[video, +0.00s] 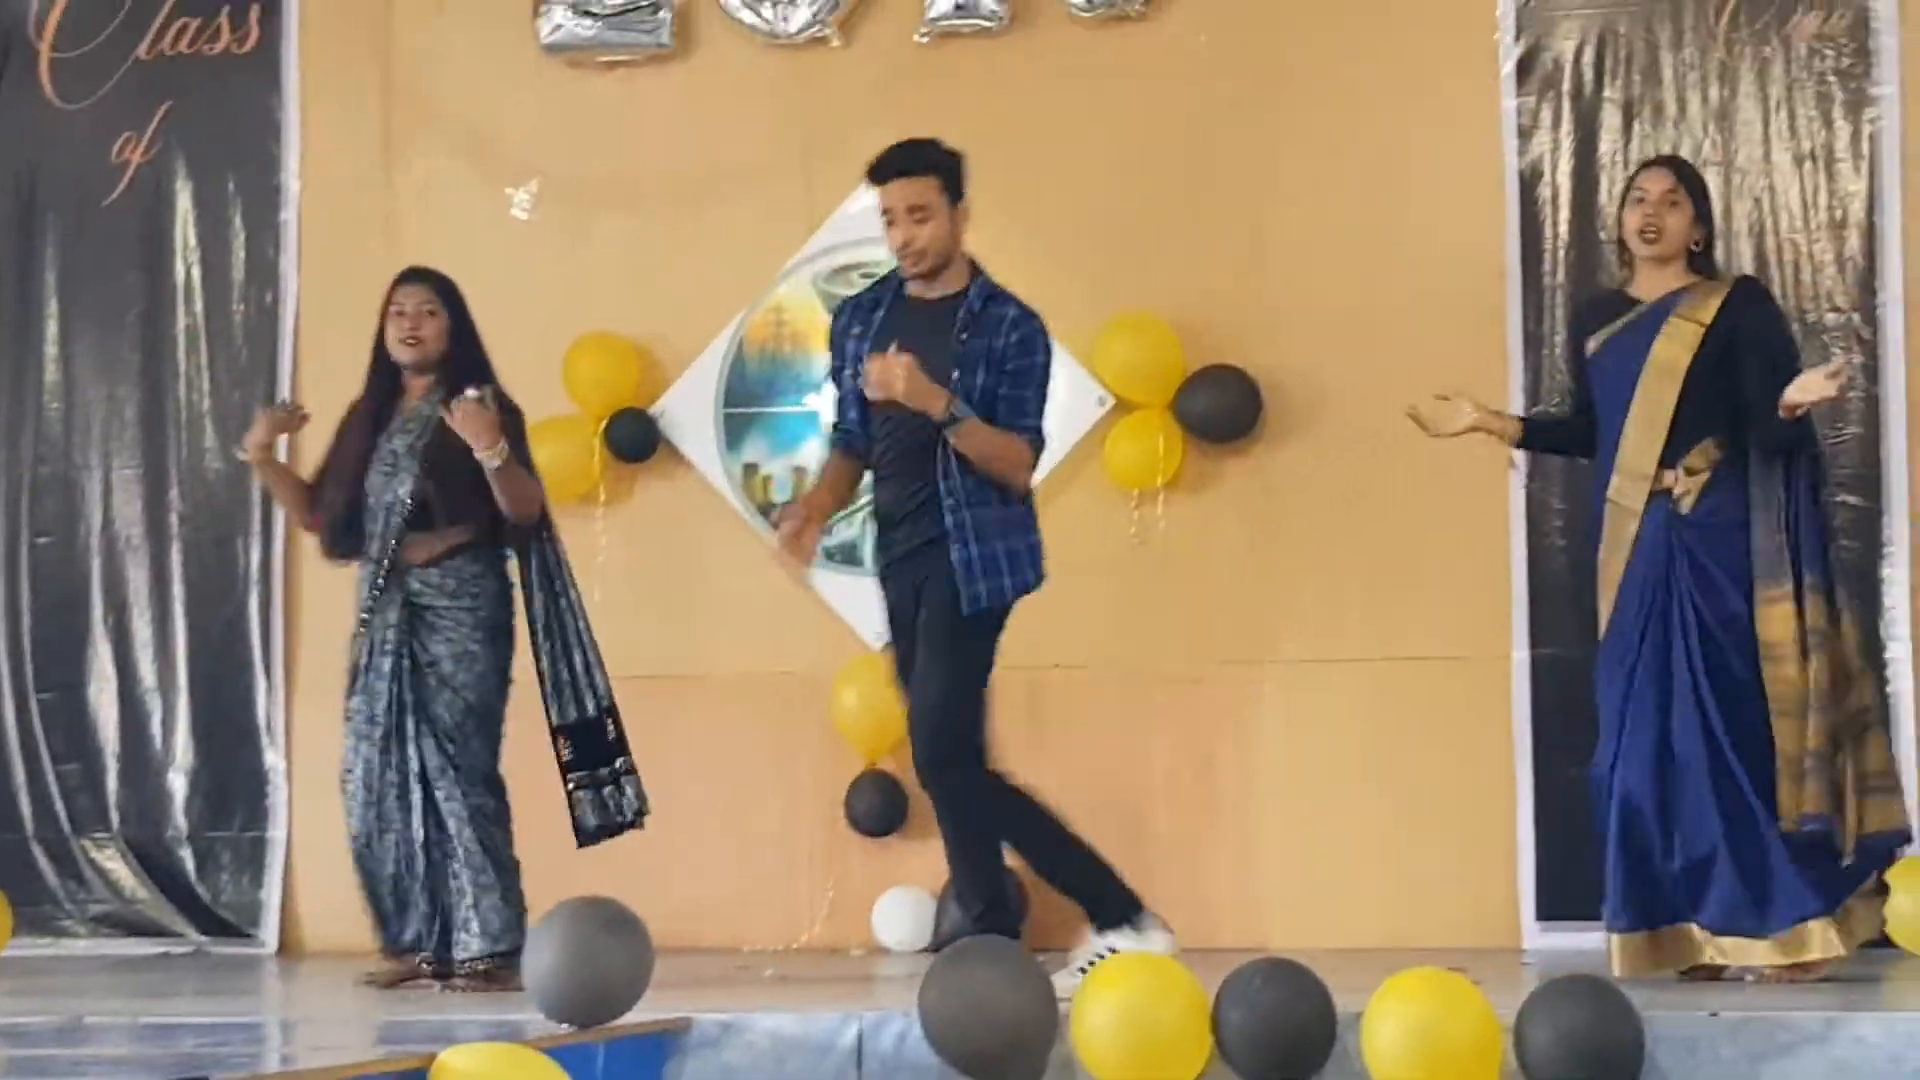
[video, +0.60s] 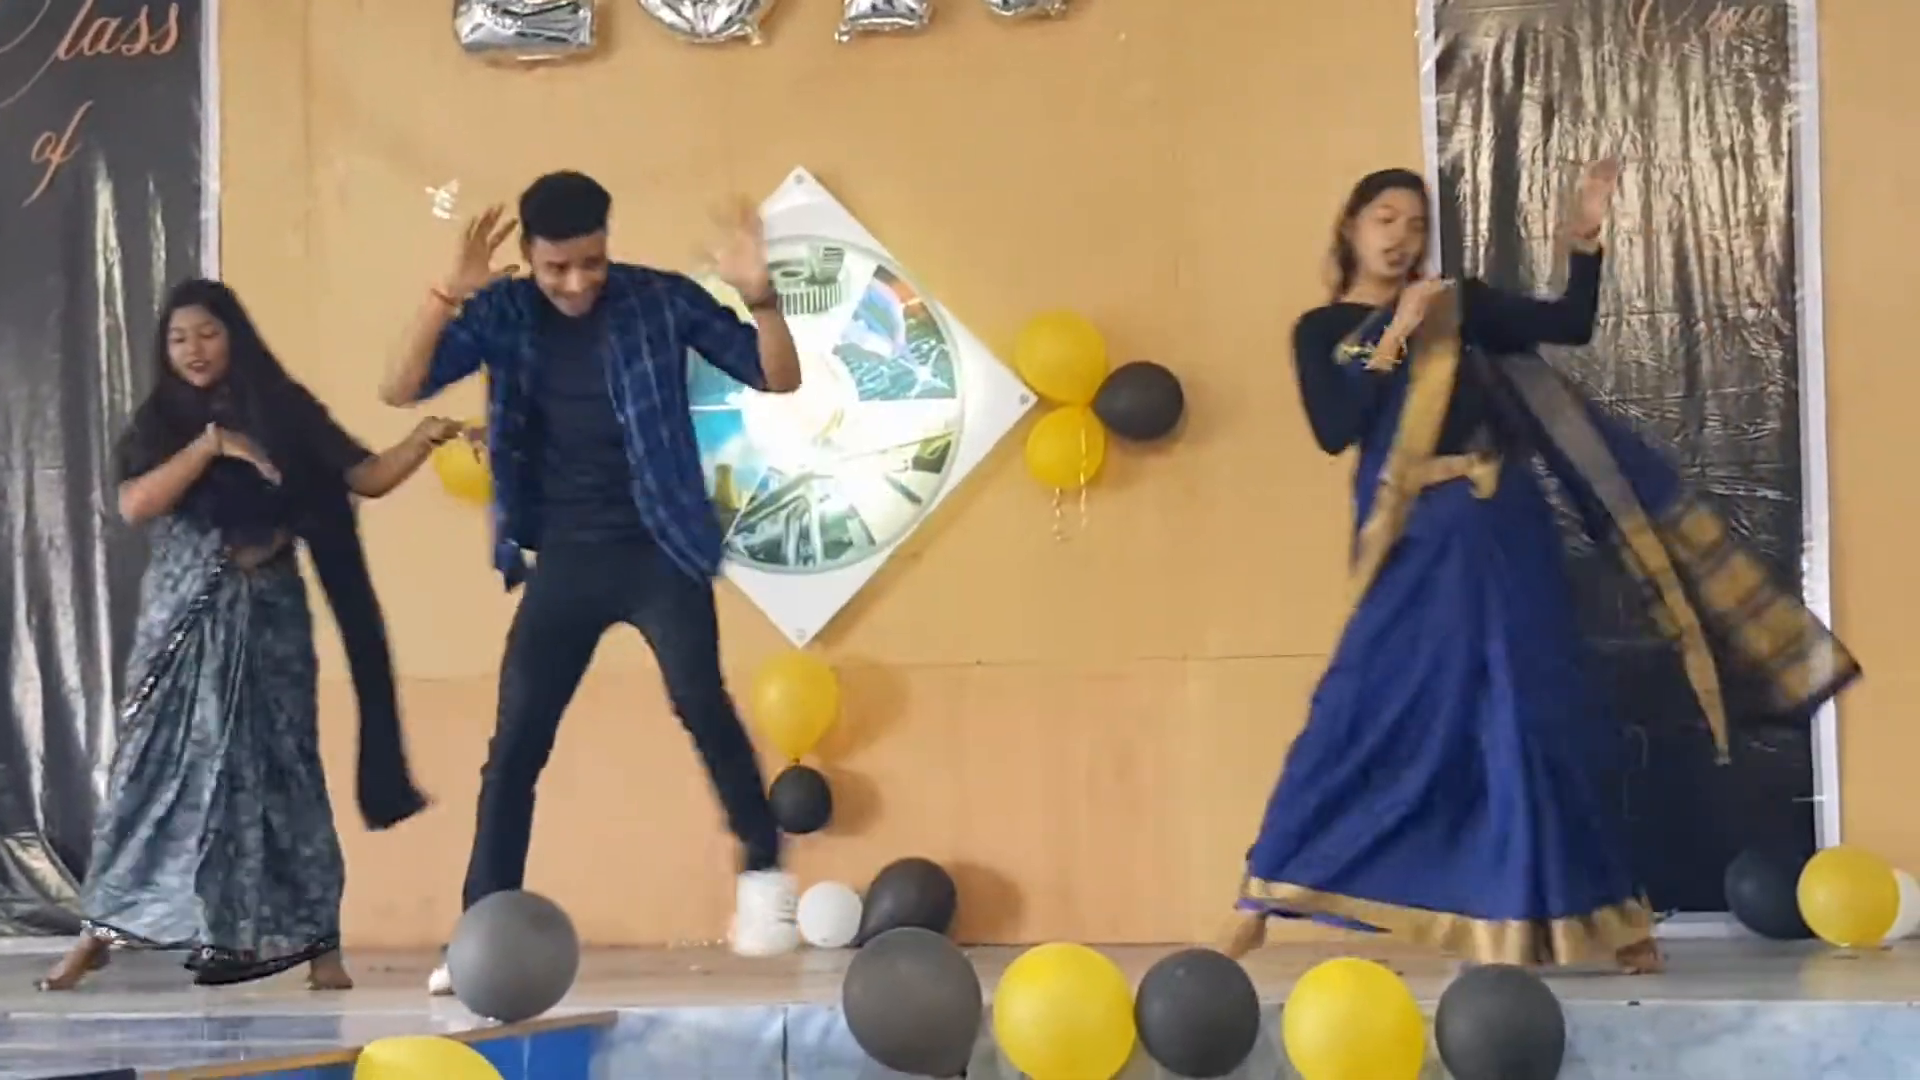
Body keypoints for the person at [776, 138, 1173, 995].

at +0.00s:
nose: (902, 233)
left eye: (918, 214)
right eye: (889, 218)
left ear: (960, 213)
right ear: (880, 223)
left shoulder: (1009, 325)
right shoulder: (862, 320)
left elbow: (1020, 461)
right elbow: (852, 444)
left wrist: (930, 397)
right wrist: (811, 510)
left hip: (976, 549)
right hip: (899, 557)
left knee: (942, 752)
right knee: (953, 767)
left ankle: (987, 949)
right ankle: (1124, 919)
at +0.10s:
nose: (844, 276)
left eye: (859, 254)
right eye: (828, 258)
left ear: (894, 238)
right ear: (814, 253)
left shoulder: (959, 323)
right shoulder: (802, 334)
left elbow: (993, 456)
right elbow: (785, 454)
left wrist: (926, 372)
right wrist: (739, 485)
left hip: (933, 569)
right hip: (848, 580)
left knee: (930, 756)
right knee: (824, 778)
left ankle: (976, 937)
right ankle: (986, 871)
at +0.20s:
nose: (772, 281)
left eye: (786, 261)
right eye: (754, 265)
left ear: (817, 238)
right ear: (737, 254)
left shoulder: (888, 297)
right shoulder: (729, 325)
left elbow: (958, 419)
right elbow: (732, 443)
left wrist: (898, 389)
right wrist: (670, 441)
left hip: (876, 560)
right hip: (784, 565)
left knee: (891, 747)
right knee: (704, 739)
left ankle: (952, 937)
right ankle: (779, 901)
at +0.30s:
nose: (719, 292)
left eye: (732, 272)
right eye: (699, 279)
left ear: (755, 247)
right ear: (676, 269)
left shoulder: (820, 313)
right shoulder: (667, 348)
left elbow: (899, 434)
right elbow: (669, 465)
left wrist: (862, 448)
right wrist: (617, 493)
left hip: (816, 575)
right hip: (721, 577)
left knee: (849, 763)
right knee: (628, 751)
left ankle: (922, 936)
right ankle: (568, 934)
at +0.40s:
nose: (670, 307)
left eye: (682, 286)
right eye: (650, 293)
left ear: (705, 264)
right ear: (626, 283)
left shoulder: (759, 339)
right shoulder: (603, 368)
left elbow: (845, 462)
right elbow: (574, 492)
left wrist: (822, 432)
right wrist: (514, 479)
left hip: (756, 597)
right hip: (656, 601)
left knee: (811, 766)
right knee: (578, 767)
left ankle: (915, 926)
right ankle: (502, 946)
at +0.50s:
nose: (614, 301)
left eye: (627, 282)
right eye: (596, 286)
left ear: (648, 264)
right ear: (569, 275)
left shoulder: (700, 328)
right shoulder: (542, 342)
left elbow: (798, 430)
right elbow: (466, 450)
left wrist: (800, 368)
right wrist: (460, 376)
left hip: (696, 579)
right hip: (592, 584)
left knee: (756, 734)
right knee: (535, 755)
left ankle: (874, 909)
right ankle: (486, 949)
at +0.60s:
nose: (576, 282)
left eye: (589, 264)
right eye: (556, 268)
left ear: (608, 244)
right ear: (530, 256)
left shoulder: (660, 300)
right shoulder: (506, 309)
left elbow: (777, 374)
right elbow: (404, 385)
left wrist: (760, 296)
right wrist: (452, 288)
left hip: (663, 556)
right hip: (564, 561)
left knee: (701, 706)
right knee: (515, 744)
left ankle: (763, 872)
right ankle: (482, 936)